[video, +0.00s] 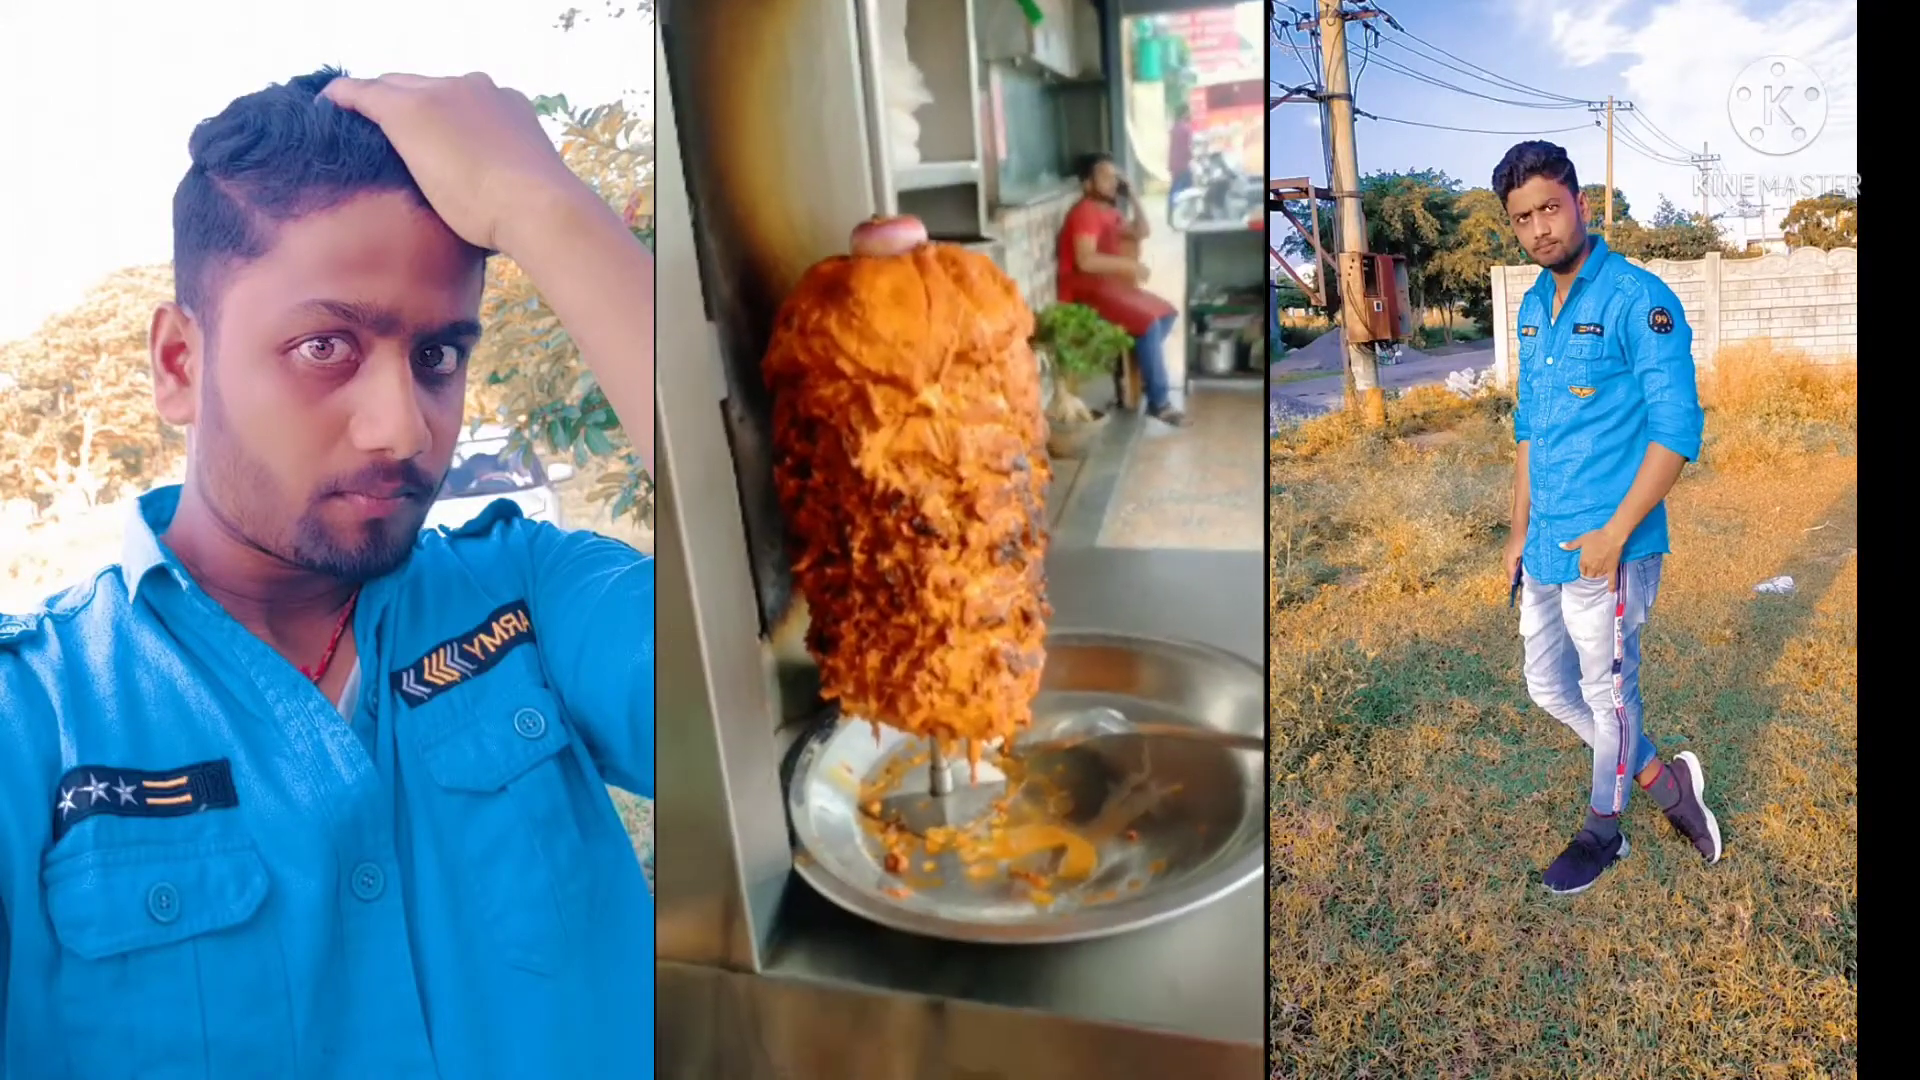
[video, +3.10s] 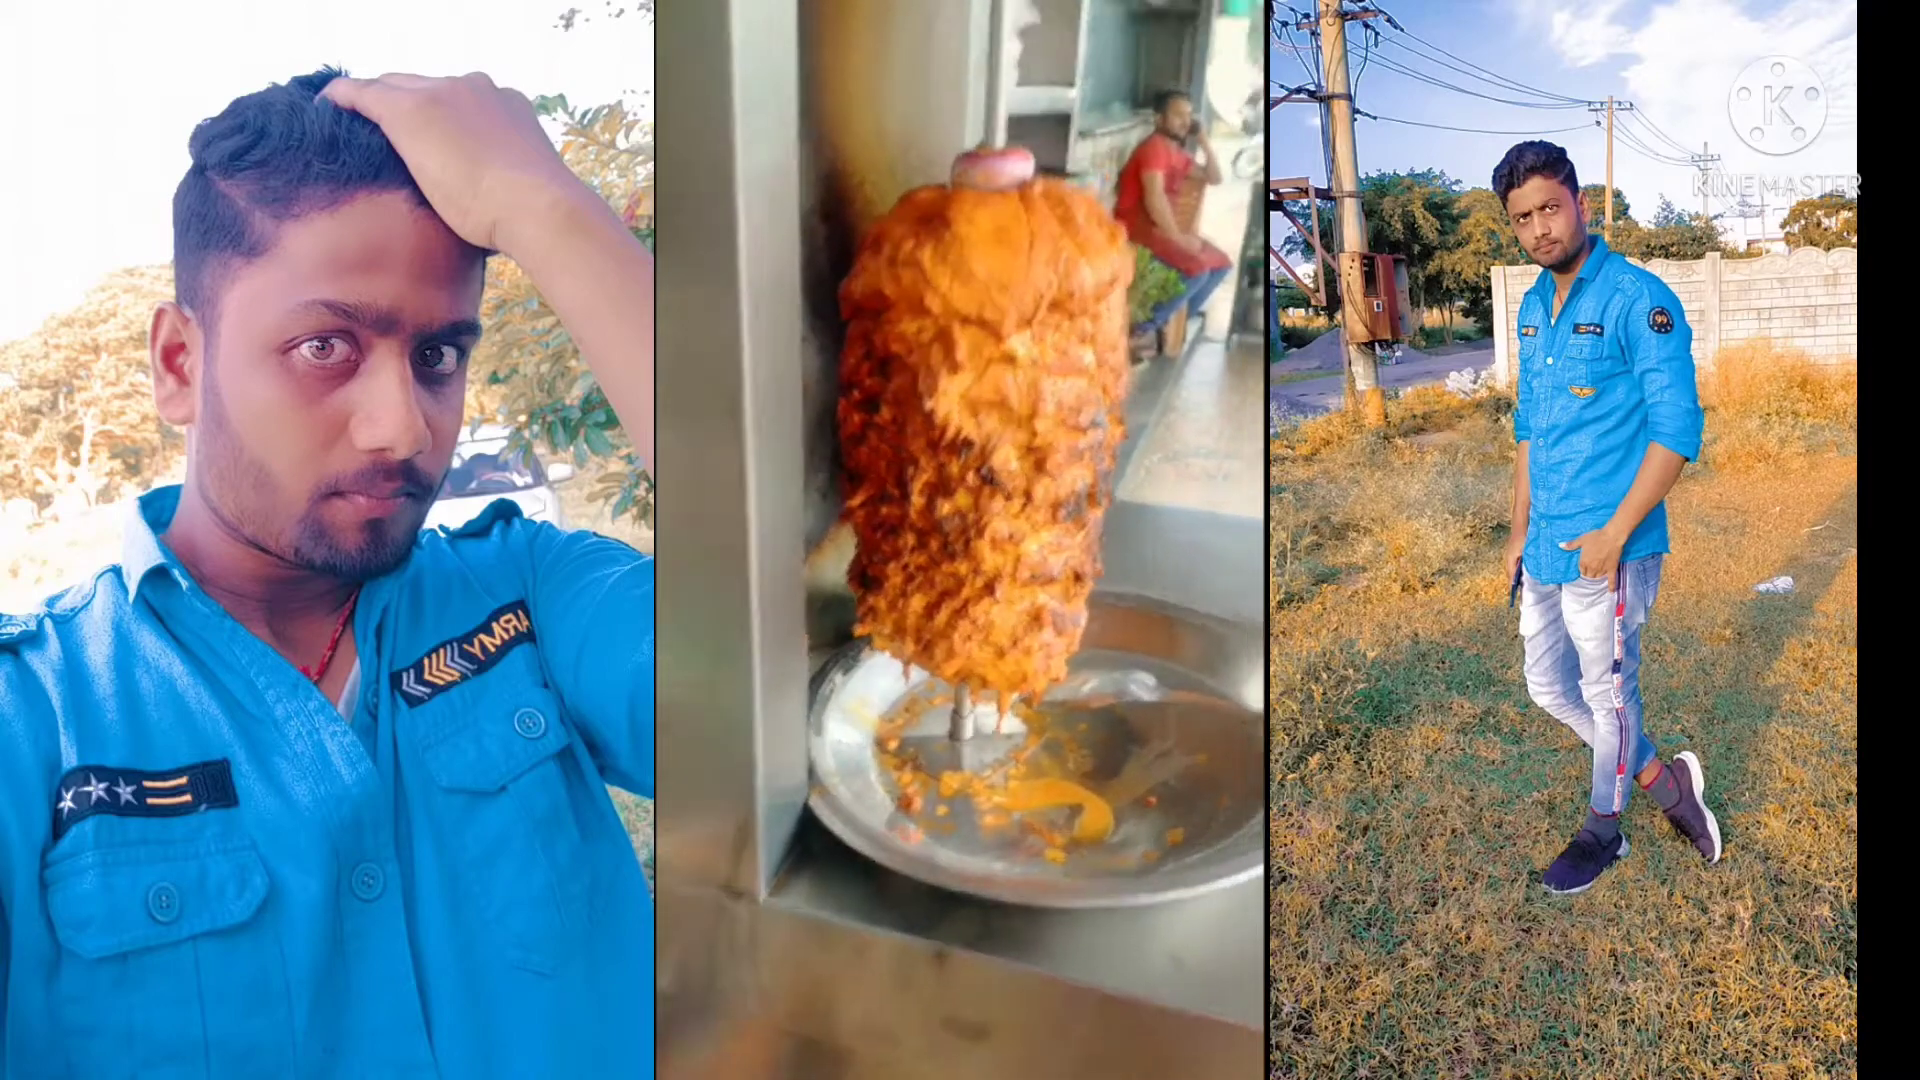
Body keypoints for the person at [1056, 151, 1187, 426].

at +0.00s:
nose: (1113, 183)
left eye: (1114, 177)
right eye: (1106, 177)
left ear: (1115, 182)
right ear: (1088, 182)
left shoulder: (1110, 213)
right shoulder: (1085, 212)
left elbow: (1140, 232)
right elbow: (1085, 260)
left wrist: (1132, 198)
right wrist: (1131, 266)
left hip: (1112, 284)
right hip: (1087, 289)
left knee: (1167, 314)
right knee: (1146, 322)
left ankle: (1127, 368)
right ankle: (1159, 403)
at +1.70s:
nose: (1131, 158)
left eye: (1133, 152)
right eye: (1124, 152)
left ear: (1134, 156)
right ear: (1105, 156)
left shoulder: (1124, 188)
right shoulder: (1100, 185)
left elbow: (1161, 210)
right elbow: (1106, 232)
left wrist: (1146, 176)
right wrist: (1128, 266)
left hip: (1117, 260)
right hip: (1093, 264)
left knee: (1176, 295)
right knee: (1156, 301)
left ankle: (1133, 344)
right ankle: (1173, 380)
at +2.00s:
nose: (1150, 129)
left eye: (1153, 122)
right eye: (1143, 122)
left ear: (1155, 127)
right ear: (1125, 127)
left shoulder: (1144, 160)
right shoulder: (1121, 156)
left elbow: (1183, 183)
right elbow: (1126, 207)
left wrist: (1167, 146)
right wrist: (1152, 242)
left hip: (1133, 234)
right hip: (1113, 237)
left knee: (1197, 268)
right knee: (1180, 272)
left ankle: (1154, 326)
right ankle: (1163, 350)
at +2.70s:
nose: (1178, 122)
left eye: (1181, 116)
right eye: (1171, 116)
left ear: (1183, 121)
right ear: (1153, 120)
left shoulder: (1172, 154)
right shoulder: (1148, 149)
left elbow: (1209, 178)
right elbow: (1150, 200)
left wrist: (1195, 141)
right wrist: (1175, 237)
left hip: (1163, 228)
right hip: (1139, 230)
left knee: (1220, 262)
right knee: (1198, 269)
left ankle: (1181, 322)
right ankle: (1148, 328)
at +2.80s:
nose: (1185, 84)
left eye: (1188, 79)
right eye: (1178, 78)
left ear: (1190, 83)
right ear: (1160, 82)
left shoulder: (1179, 117)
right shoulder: (1154, 112)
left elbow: (1215, 143)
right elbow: (1155, 162)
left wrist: (1202, 105)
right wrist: (1178, 202)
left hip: (1171, 193)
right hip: (1146, 194)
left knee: (1225, 229)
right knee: (1202, 236)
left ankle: (1183, 288)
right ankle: (1150, 295)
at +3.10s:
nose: (1185, 121)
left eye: (1188, 115)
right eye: (1178, 115)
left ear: (1190, 119)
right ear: (1160, 117)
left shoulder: (1176, 152)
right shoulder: (1154, 147)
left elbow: (1213, 177)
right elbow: (1153, 197)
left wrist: (1203, 141)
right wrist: (1176, 236)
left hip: (1160, 228)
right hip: (1136, 229)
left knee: (1220, 264)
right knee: (1197, 269)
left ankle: (1170, 323)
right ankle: (1145, 328)